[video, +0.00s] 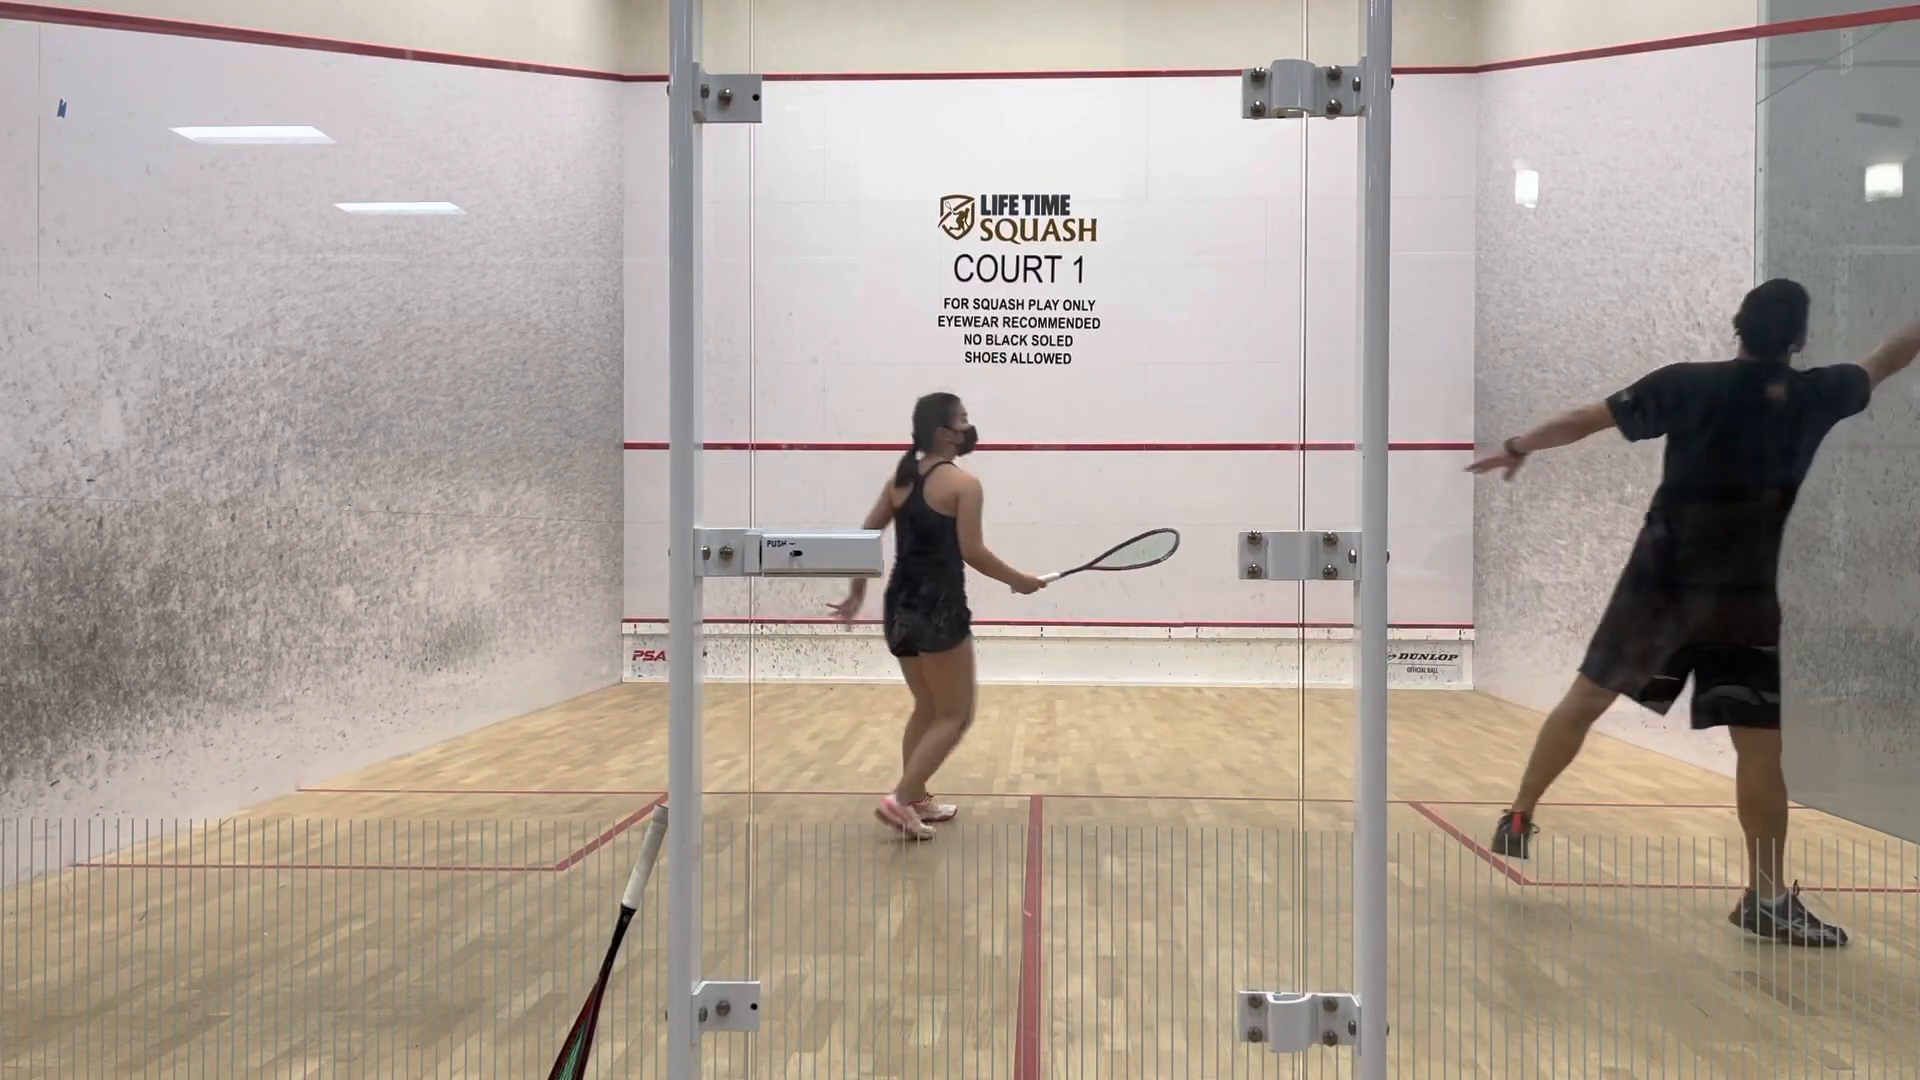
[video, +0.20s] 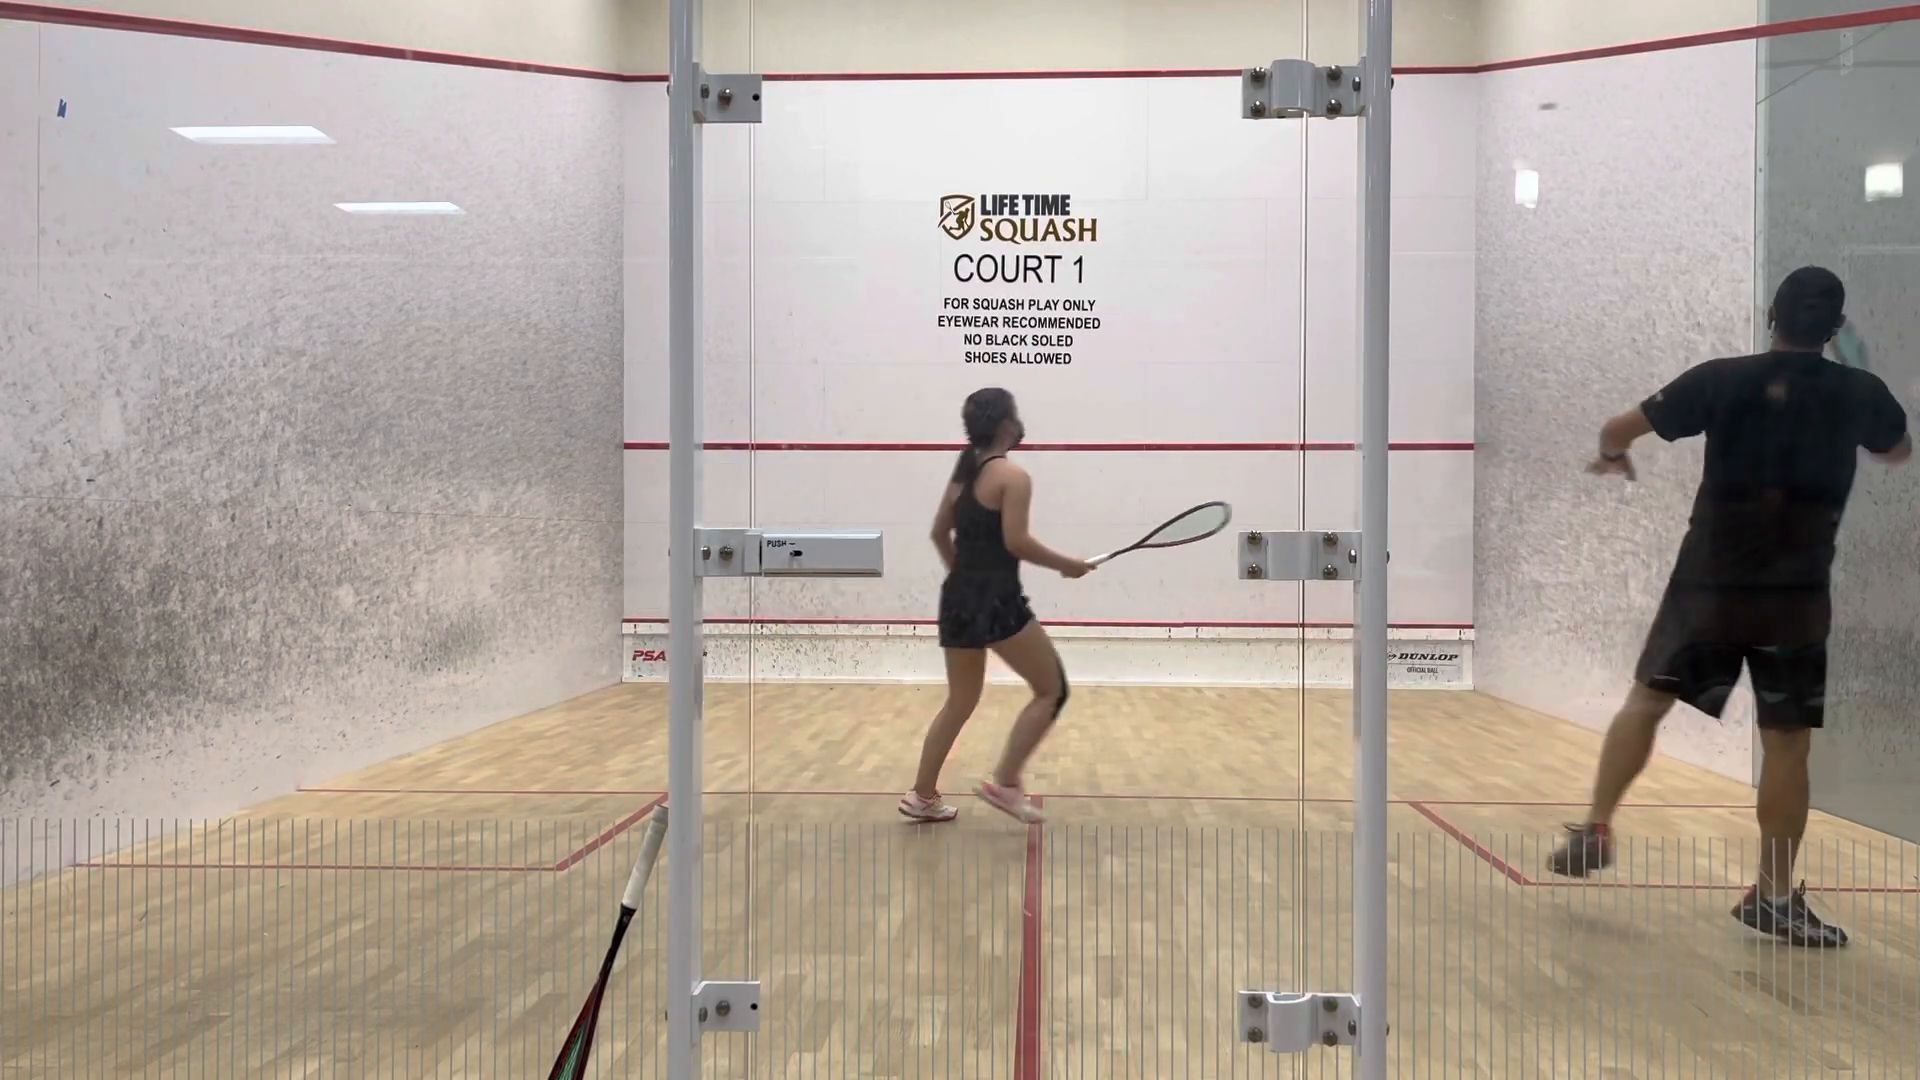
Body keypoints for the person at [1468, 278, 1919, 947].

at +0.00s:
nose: (1789, 340)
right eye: (1798, 331)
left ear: (1739, 328)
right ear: (1799, 338)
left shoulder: (1687, 384)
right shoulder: (1812, 396)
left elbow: (1586, 419)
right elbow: (1888, 360)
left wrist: (1521, 446)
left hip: (1656, 591)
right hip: (1745, 602)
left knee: (1583, 700)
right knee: (1760, 747)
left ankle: (1517, 817)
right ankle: (1768, 895)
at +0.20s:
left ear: (1772, 319)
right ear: (1835, 330)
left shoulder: (1721, 379)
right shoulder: (1858, 393)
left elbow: (1617, 429)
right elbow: (1898, 452)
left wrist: (1612, 454)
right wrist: (1851, 389)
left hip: (1704, 597)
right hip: (1794, 608)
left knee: (1644, 706)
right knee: (1787, 745)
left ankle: (1593, 830)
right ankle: (1774, 895)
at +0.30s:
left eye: (1791, 313)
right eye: (1835, 321)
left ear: (1778, 319)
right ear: (1842, 328)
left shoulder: (1729, 382)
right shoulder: (1870, 397)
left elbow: (1634, 445)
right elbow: (1904, 492)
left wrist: (1643, 466)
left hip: (1719, 598)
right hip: (1809, 608)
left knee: (1679, 715)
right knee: (1795, 743)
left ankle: (1653, 845)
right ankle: (1775, 896)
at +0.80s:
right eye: (1849, 341)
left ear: (1788, 336)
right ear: (1848, 348)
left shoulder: (1735, 399)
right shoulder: (1867, 412)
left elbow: (1682, 491)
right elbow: (1870, 491)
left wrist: (1724, 544)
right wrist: (1890, 593)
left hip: (1744, 618)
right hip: (1837, 619)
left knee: (1736, 753)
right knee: (1867, 756)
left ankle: (1729, 912)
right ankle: (1858, 913)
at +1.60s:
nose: (1824, 384)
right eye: (1828, 376)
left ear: (1767, 364)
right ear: (1825, 380)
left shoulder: (1710, 412)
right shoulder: (1801, 431)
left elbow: (1645, 490)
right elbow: (1801, 516)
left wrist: (1690, 551)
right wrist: (1885, 600)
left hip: (1667, 617)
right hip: (1738, 619)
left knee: (1682, 744)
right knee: (1795, 755)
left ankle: (1661, 893)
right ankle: (1835, 913)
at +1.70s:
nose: (1819, 392)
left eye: (1818, 382)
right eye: (1821, 383)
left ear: (1761, 366)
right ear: (1816, 385)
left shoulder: (1702, 413)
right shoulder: (1786, 433)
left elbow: (1636, 482)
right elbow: (1785, 509)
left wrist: (1677, 548)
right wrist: (1885, 581)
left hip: (1648, 617)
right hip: (1715, 619)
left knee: (1671, 745)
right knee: (1784, 749)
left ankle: (1660, 893)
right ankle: (1769, 912)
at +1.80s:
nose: (1813, 389)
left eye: (1809, 378)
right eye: (1815, 380)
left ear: (1752, 367)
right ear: (1810, 384)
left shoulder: (1695, 412)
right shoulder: (1779, 430)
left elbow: (1627, 479)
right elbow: (1776, 509)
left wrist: (1660, 546)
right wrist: (1878, 573)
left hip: (1643, 613)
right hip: (1704, 616)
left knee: (1665, 746)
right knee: (1759, 755)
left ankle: (1658, 888)